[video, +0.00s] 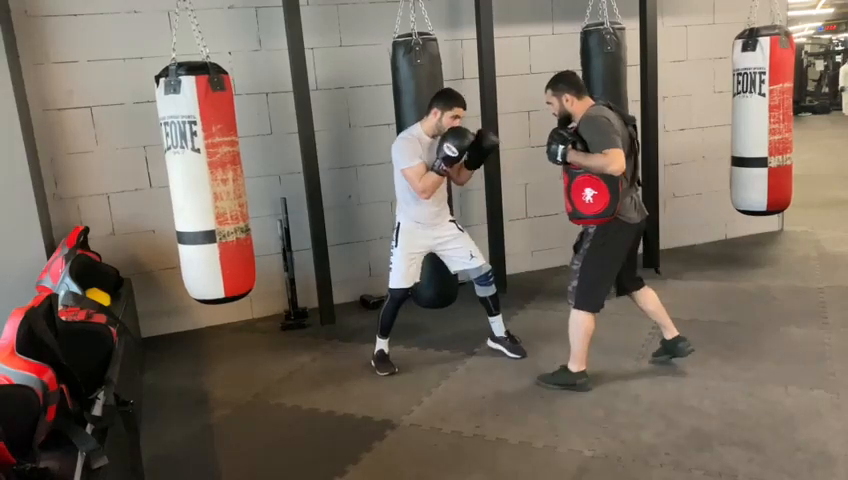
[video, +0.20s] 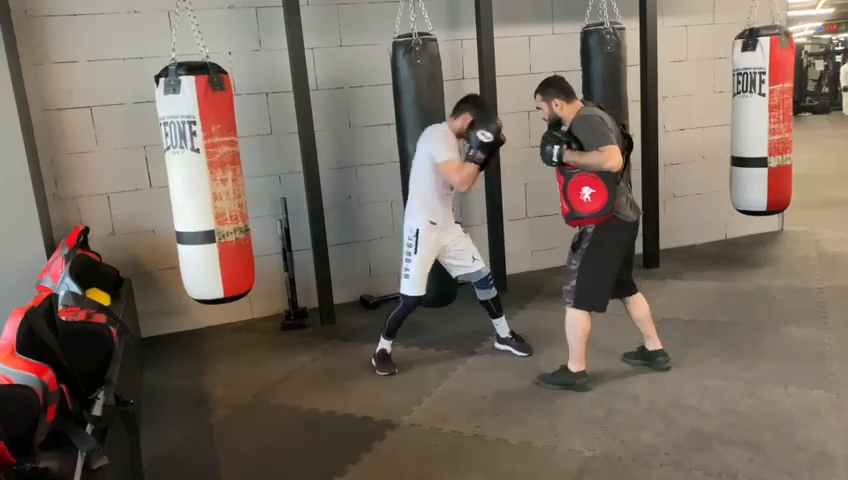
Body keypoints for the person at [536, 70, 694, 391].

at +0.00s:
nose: (551, 110)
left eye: (552, 103)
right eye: (549, 104)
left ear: (567, 98)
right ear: (575, 96)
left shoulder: (594, 121)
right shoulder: (602, 114)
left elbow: (614, 163)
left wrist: (571, 155)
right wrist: (576, 149)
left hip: (611, 221)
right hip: (630, 217)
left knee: (585, 292)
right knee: (630, 281)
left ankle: (576, 369)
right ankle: (674, 338)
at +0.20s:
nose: (542, 115)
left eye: (542, 108)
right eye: (539, 109)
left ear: (556, 102)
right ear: (563, 100)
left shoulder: (586, 121)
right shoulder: (593, 115)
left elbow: (612, 160)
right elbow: (619, 149)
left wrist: (567, 156)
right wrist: (568, 151)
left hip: (605, 221)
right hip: (622, 217)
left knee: (577, 294)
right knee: (625, 286)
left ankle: (575, 370)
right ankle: (654, 349)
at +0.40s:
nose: (542, 112)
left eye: (542, 105)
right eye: (540, 106)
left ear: (556, 99)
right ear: (562, 98)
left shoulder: (588, 114)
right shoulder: (579, 119)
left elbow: (617, 150)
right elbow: (594, 156)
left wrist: (568, 145)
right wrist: (556, 149)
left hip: (597, 221)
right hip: (611, 219)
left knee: (571, 293)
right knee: (624, 287)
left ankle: (574, 369)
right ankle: (653, 348)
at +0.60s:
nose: (540, 113)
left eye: (539, 106)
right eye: (537, 107)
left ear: (552, 99)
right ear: (560, 97)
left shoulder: (584, 115)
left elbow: (606, 151)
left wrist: (561, 146)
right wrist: (532, 191)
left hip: (595, 221)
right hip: (613, 217)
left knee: (570, 294)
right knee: (615, 283)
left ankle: (573, 368)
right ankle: (651, 344)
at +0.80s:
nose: (548, 114)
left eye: (548, 107)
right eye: (546, 108)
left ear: (560, 101)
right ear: (573, 97)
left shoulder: (583, 122)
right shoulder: (603, 114)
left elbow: (591, 163)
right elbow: (623, 156)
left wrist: (556, 154)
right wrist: (568, 152)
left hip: (604, 222)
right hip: (631, 217)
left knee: (580, 296)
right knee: (635, 284)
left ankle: (575, 370)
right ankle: (662, 346)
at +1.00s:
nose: (580, 112)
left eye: (580, 106)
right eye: (577, 106)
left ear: (592, 100)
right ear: (605, 95)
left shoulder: (607, 120)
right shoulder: (635, 114)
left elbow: (601, 161)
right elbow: (633, 162)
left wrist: (569, 144)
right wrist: (586, 161)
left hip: (622, 223)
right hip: (654, 219)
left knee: (588, 294)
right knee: (658, 288)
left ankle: (577, 368)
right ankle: (676, 353)